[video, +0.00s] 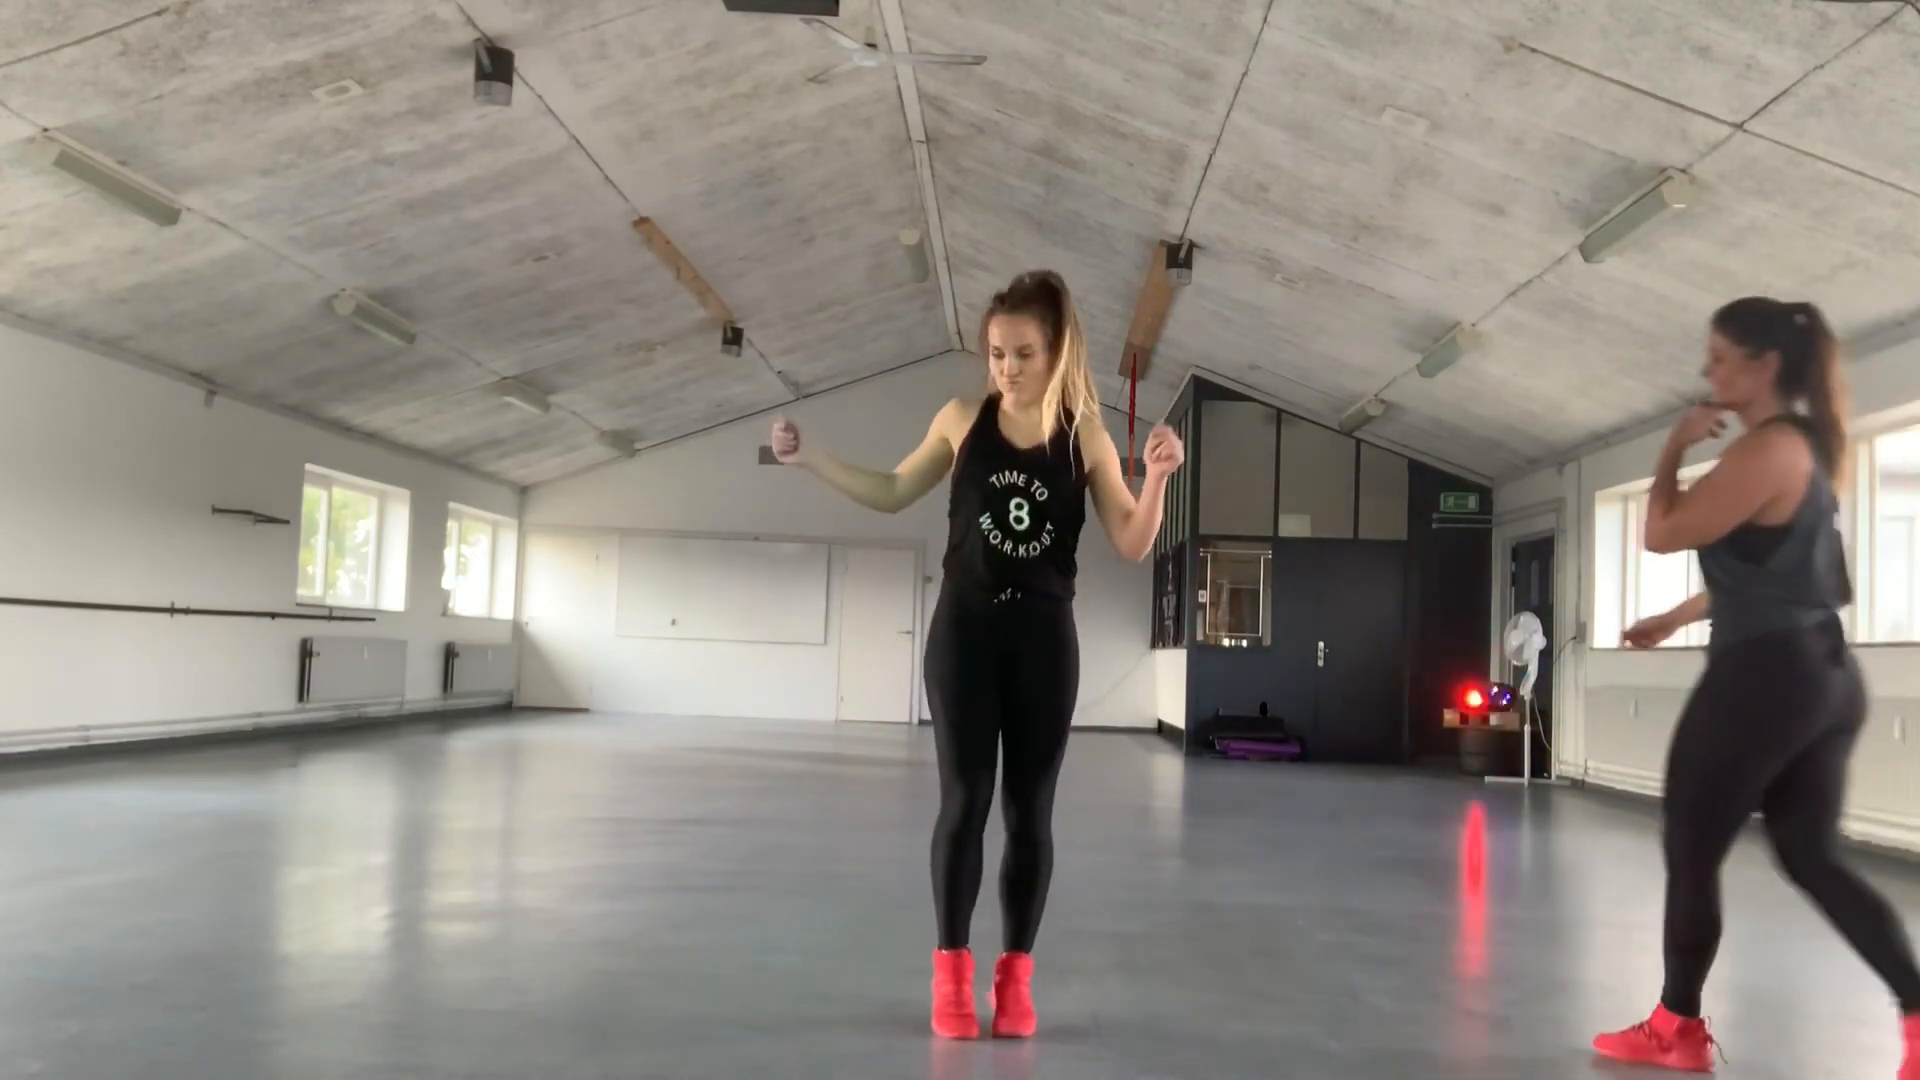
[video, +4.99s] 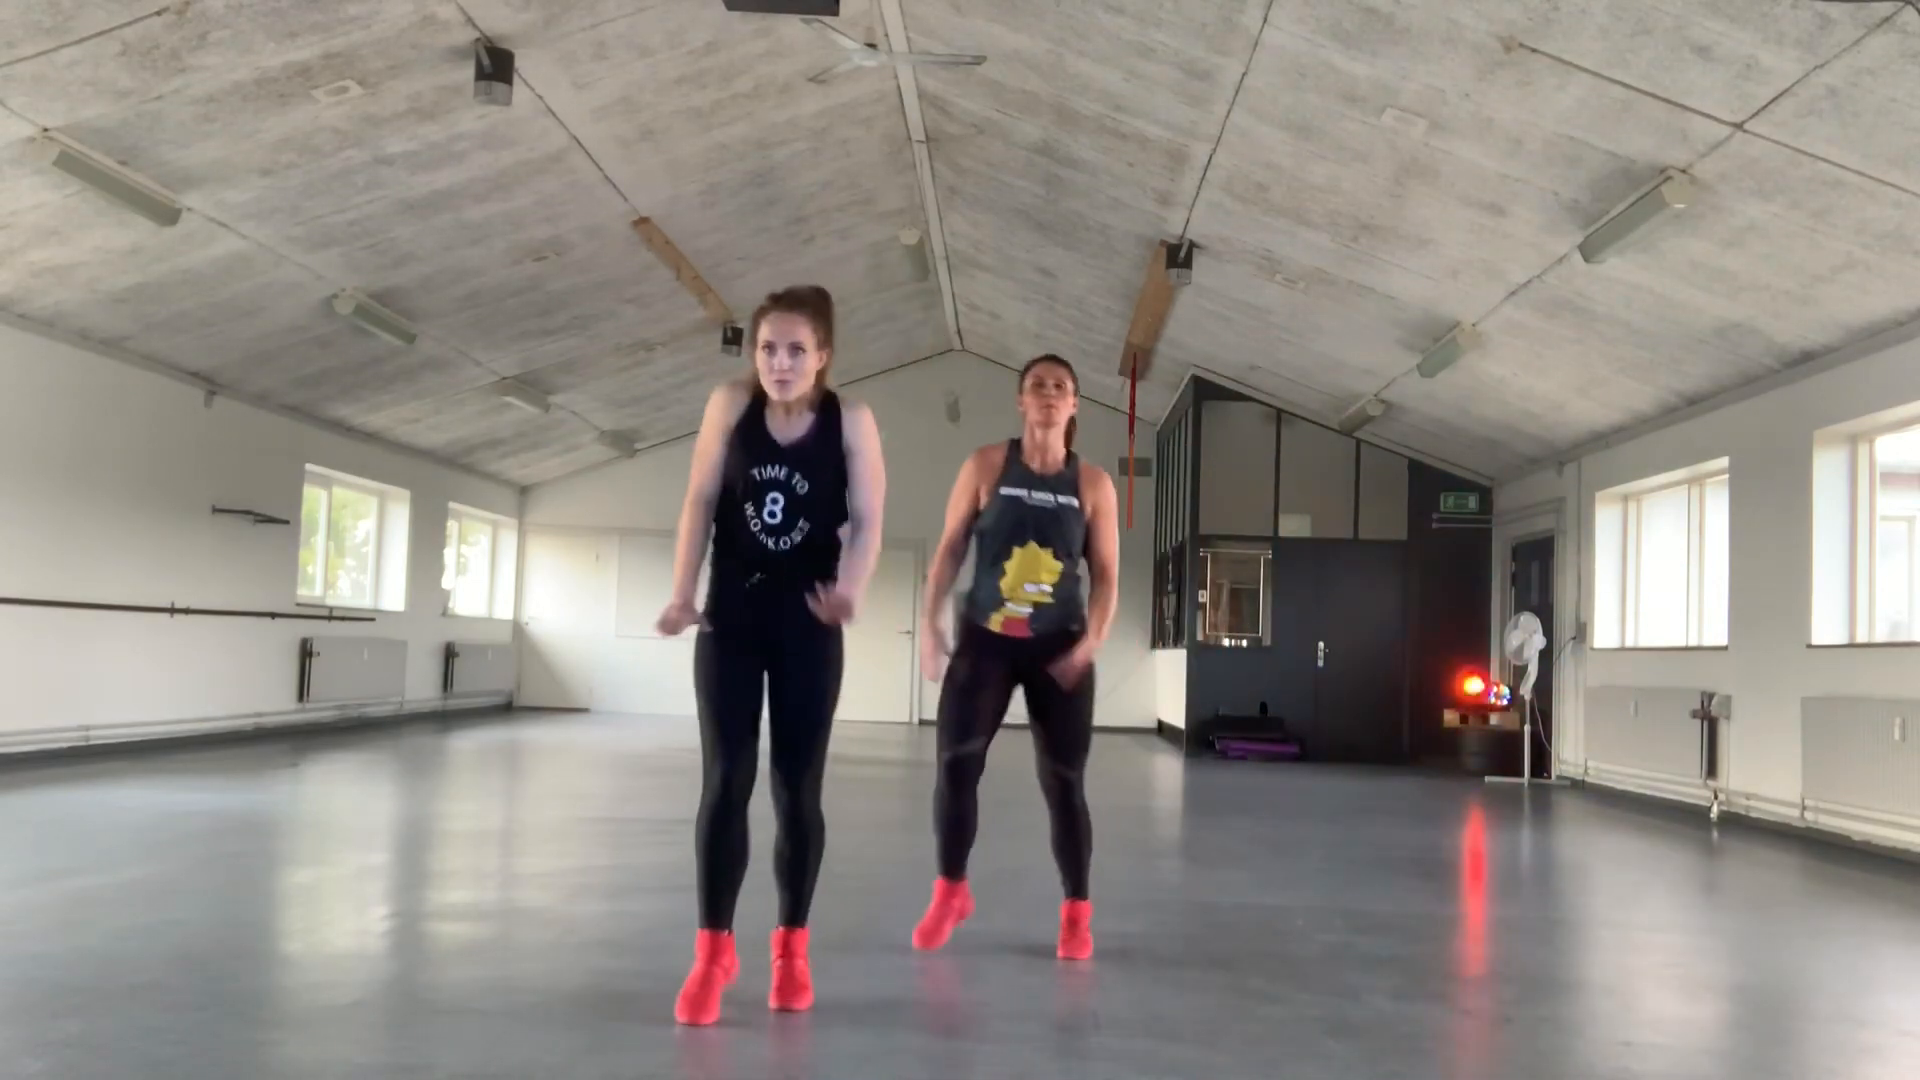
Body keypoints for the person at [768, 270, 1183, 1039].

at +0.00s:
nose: (1005, 369)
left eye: (1022, 353)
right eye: (994, 352)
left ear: (1059, 353)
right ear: (984, 351)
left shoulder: (1085, 432)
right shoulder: (963, 419)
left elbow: (1131, 544)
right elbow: (890, 492)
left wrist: (1156, 480)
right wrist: (804, 454)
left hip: (1044, 641)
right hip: (963, 635)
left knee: (1030, 812)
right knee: (964, 801)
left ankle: (1015, 972)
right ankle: (952, 970)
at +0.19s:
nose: (1020, 376)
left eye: (1035, 365)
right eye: (1008, 364)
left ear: (1060, 378)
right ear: (991, 375)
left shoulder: (1082, 469)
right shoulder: (958, 451)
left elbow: (1097, 589)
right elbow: (901, 534)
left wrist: (1131, 570)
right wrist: (831, 540)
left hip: (1049, 670)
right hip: (968, 668)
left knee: (1034, 830)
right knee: (964, 828)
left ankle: (1015, 977)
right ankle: (956, 970)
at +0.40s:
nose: (1021, 336)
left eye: (1034, 326)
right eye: (1008, 324)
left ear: (1051, 342)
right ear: (983, 338)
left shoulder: (1079, 428)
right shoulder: (948, 429)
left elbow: (1086, 542)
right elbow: (922, 536)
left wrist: (1081, 640)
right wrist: (895, 626)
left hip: (1037, 633)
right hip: (953, 630)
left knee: (1023, 806)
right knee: (958, 800)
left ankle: (1012, 970)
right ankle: (956, 970)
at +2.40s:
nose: (1028, 357)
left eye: (1043, 345)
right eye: (1016, 345)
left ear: (1067, 360)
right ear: (996, 357)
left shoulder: (1092, 436)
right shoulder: (962, 444)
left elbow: (1113, 530)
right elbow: (931, 544)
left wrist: (1088, 594)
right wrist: (907, 637)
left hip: (1041, 641)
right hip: (963, 636)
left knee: (1020, 813)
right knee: (964, 806)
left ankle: (1003, 972)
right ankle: (955, 965)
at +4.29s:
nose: (927, 374)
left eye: (943, 360)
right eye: (916, 359)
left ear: (971, 368)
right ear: (899, 365)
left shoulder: (998, 438)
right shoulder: (873, 444)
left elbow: (1013, 541)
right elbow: (845, 543)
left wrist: (988, 626)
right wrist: (826, 633)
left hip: (966, 638)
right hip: (889, 634)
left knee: (945, 805)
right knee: (882, 796)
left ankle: (934, 955)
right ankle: (881, 956)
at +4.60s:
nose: (862, 360)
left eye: (878, 347)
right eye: (851, 344)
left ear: (906, 352)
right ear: (835, 347)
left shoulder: (934, 406)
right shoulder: (808, 427)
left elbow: (963, 499)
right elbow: (784, 528)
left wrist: (924, 567)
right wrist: (762, 625)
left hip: (893, 618)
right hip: (815, 617)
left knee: (888, 792)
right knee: (797, 788)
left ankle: (885, 943)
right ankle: (769, 953)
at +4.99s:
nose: (781, 360)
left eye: (796, 348)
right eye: (769, 346)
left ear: (823, 355)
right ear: (752, 350)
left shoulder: (851, 422)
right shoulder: (729, 405)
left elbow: (867, 521)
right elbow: (700, 499)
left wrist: (850, 588)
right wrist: (683, 591)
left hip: (809, 628)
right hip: (731, 625)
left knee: (796, 792)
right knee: (725, 785)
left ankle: (791, 943)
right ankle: (714, 945)